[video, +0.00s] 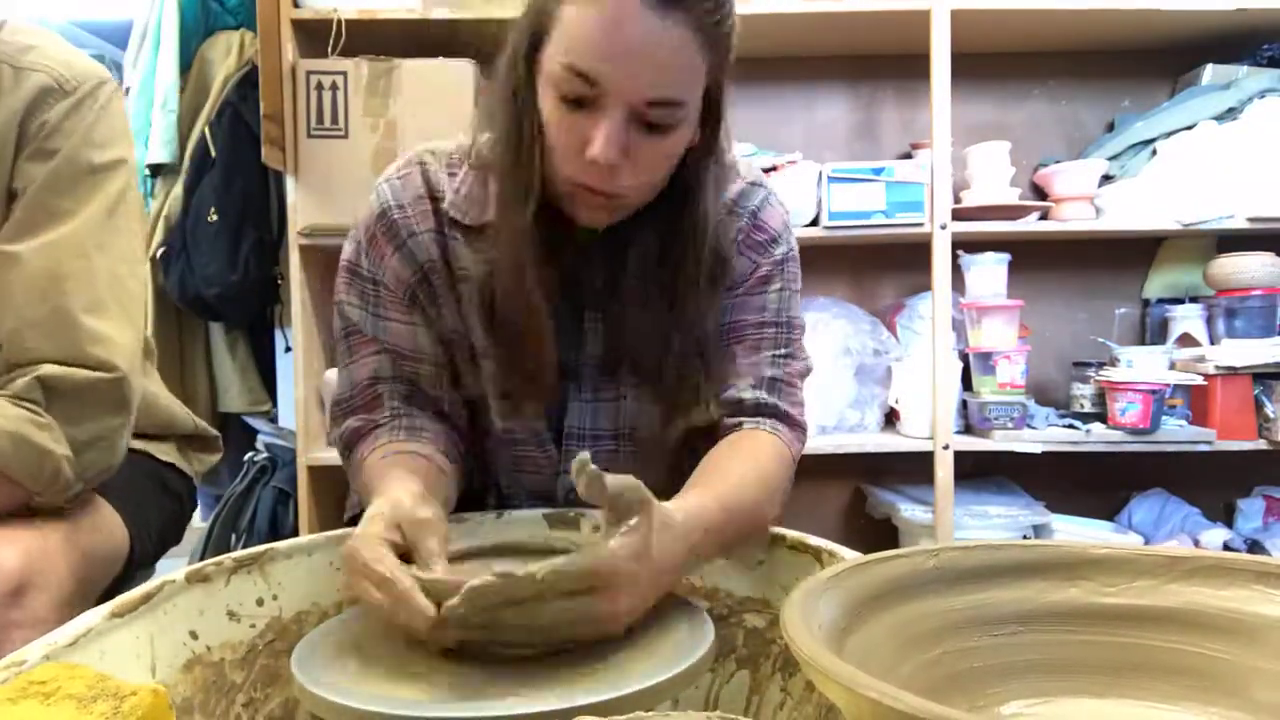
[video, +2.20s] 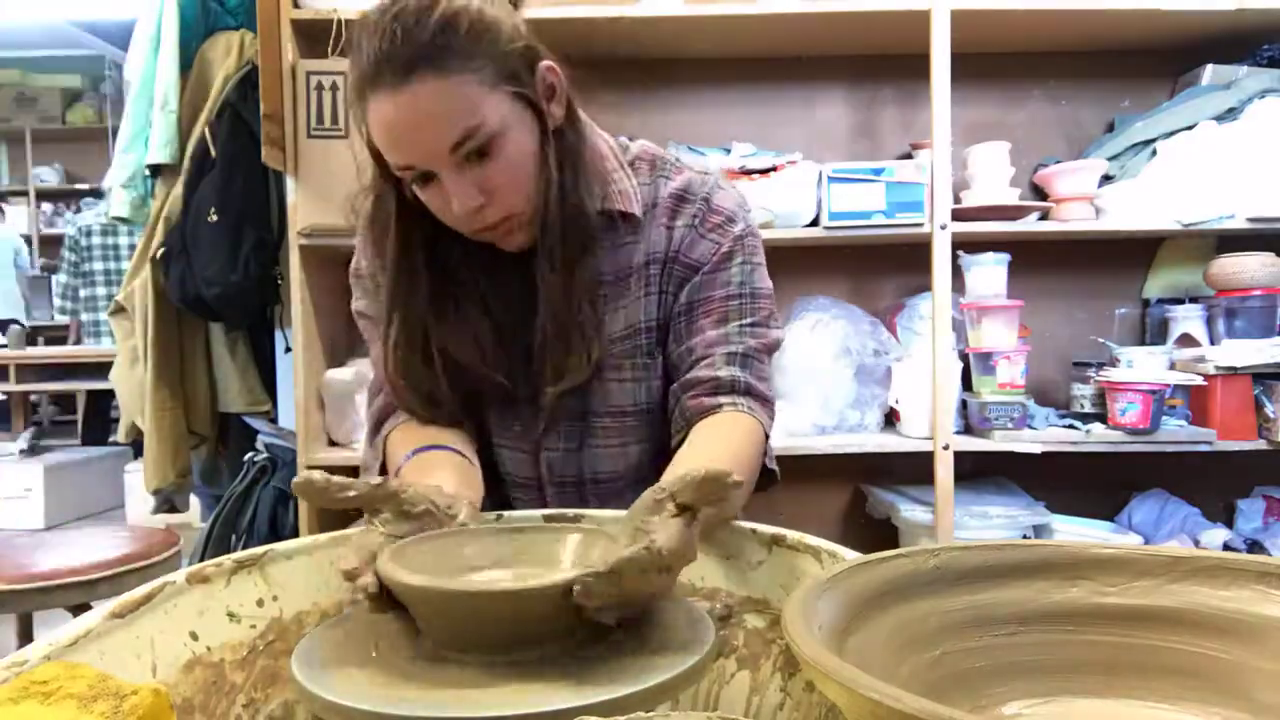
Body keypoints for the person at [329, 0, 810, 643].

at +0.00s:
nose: (604, 152)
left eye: (655, 122)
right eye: (577, 100)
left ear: (703, 121)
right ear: (528, 74)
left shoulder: (741, 224)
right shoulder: (416, 211)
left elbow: (765, 428)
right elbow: (398, 409)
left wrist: (675, 538)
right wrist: (403, 494)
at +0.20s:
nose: (537, 197)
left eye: (579, 153)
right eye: (495, 152)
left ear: (647, 107)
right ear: (454, 119)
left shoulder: (720, 222)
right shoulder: (391, 223)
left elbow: (756, 439)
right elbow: (396, 418)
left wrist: (668, 503)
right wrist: (395, 499)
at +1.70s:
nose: (525, 213)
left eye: (567, 165)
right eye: (483, 166)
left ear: (639, 116)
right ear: (441, 130)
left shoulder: (720, 231)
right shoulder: (374, 233)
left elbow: (756, 443)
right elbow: (357, 418)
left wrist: (682, 478)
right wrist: (374, 486)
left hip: (642, 612)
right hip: (445, 613)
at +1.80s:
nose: (490, 103)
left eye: (525, 59)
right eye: (451, 72)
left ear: (597, 53)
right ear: (425, 82)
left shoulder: (701, 218)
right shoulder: (383, 235)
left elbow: (742, 423)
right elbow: (390, 414)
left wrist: (668, 491)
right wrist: (392, 494)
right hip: (460, 612)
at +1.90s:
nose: (496, 99)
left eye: (531, 55)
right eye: (457, 67)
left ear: (603, 51)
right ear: (427, 78)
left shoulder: (705, 221)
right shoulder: (380, 234)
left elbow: (743, 425)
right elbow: (394, 421)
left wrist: (682, 480)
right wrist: (376, 493)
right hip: (458, 609)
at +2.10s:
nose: (432, 221)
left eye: (441, 172)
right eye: (396, 200)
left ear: (511, 108)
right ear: (374, 190)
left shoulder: (682, 220)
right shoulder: (391, 253)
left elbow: (726, 403)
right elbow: (419, 409)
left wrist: (662, 512)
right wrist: (432, 514)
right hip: (485, 584)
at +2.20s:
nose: (463, 205)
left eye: (479, 153)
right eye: (421, 178)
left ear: (548, 98)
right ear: (392, 168)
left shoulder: (695, 217)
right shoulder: (396, 247)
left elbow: (730, 403)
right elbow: (421, 415)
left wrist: (670, 518)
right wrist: (438, 512)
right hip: (488, 591)